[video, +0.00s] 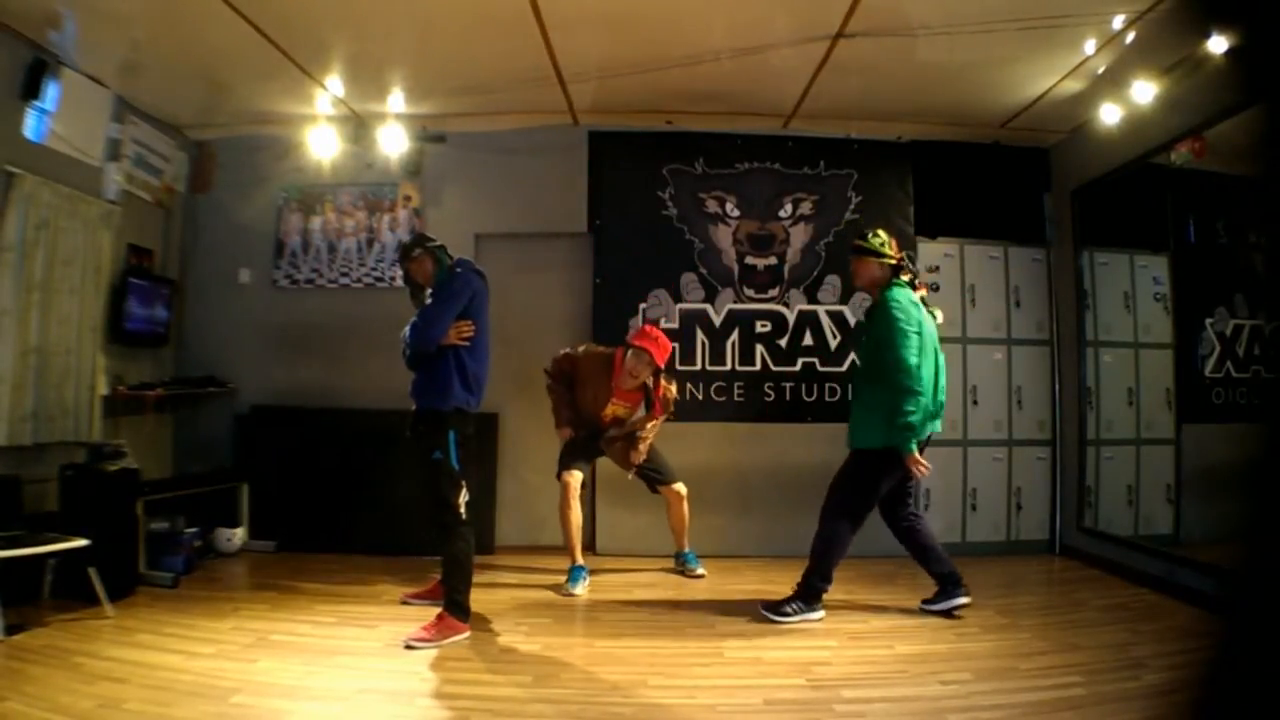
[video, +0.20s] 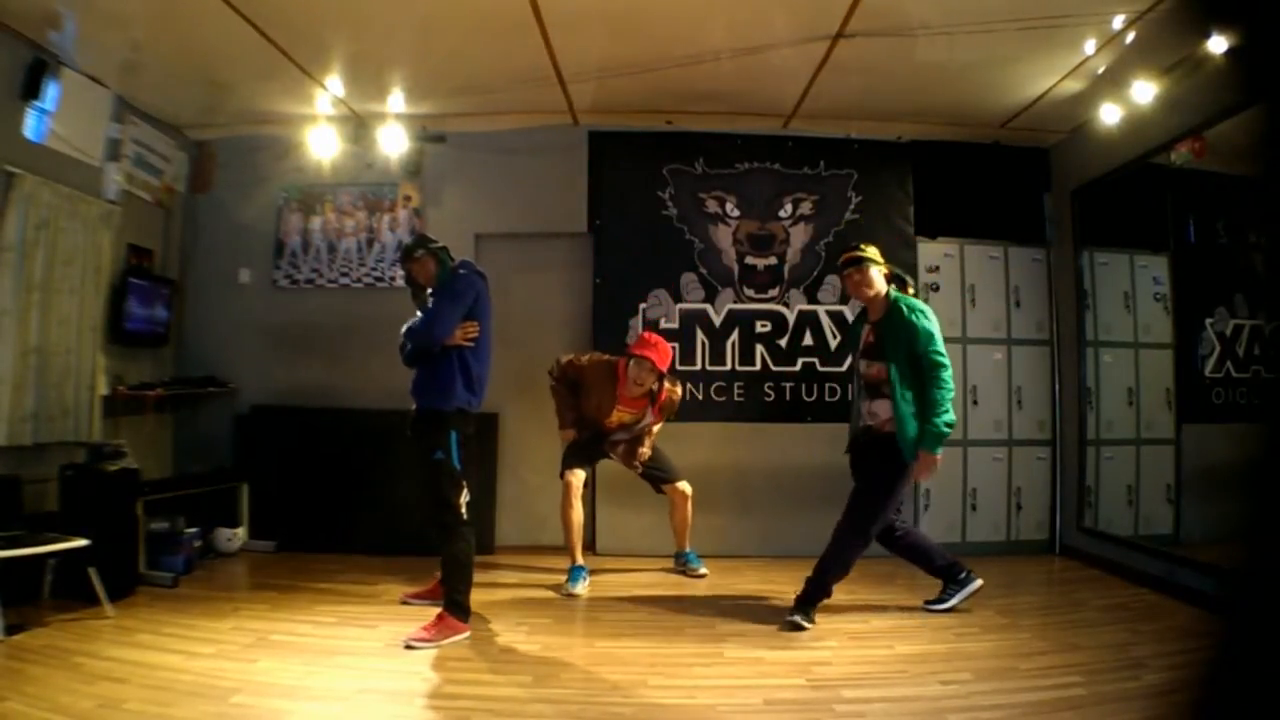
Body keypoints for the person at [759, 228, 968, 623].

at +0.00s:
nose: (852, 269)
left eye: (859, 261)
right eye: (854, 261)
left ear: (881, 265)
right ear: (883, 266)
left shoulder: (892, 307)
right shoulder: (910, 304)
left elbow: (907, 379)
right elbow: (932, 375)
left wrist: (907, 442)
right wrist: (924, 429)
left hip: (882, 437)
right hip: (900, 437)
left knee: (841, 510)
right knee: (901, 514)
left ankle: (808, 597)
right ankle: (951, 585)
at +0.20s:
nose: (857, 280)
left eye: (862, 270)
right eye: (849, 276)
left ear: (882, 271)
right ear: (846, 286)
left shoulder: (913, 315)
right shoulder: (862, 324)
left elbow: (939, 378)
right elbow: (866, 385)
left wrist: (931, 444)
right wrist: (857, 435)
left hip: (898, 442)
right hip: (866, 440)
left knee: (856, 525)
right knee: (885, 526)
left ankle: (806, 603)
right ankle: (958, 576)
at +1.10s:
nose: (804, 325)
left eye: (805, 313)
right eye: (797, 321)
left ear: (826, 299)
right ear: (798, 326)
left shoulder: (875, 320)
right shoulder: (821, 359)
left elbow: (936, 337)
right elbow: (817, 418)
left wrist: (921, 376)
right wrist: (782, 453)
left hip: (889, 449)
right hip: (846, 459)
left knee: (836, 513)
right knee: (875, 549)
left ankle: (801, 605)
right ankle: (953, 573)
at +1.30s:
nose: (786, 314)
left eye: (788, 305)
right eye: (784, 306)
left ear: (809, 300)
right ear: (807, 301)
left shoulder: (864, 321)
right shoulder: (816, 341)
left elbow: (909, 366)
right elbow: (820, 406)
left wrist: (920, 429)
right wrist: (803, 461)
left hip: (871, 446)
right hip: (842, 450)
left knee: (828, 522)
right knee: (876, 540)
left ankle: (801, 605)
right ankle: (954, 574)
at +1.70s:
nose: (766, 303)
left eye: (769, 295)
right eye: (765, 296)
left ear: (790, 289)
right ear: (790, 290)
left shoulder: (839, 309)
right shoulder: (805, 329)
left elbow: (866, 372)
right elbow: (800, 400)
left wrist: (847, 432)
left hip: (865, 435)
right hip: (843, 439)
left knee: (823, 517)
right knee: (876, 527)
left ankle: (801, 604)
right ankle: (952, 572)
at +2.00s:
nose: (763, 305)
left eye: (766, 297)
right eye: (761, 298)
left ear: (789, 290)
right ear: (784, 294)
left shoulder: (839, 306)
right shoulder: (793, 337)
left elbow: (873, 342)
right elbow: (774, 389)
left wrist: (861, 377)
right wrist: (717, 389)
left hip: (866, 439)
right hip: (837, 446)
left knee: (824, 515)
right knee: (876, 527)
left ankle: (801, 604)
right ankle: (950, 571)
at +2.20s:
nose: (763, 309)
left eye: (764, 300)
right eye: (760, 302)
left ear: (785, 291)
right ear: (784, 294)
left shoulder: (835, 307)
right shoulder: (796, 332)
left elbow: (877, 337)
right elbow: (794, 386)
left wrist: (903, 383)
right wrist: (742, 376)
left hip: (864, 438)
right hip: (837, 444)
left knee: (819, 515)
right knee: (878, 527)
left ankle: (800, 604)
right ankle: (952, 572)